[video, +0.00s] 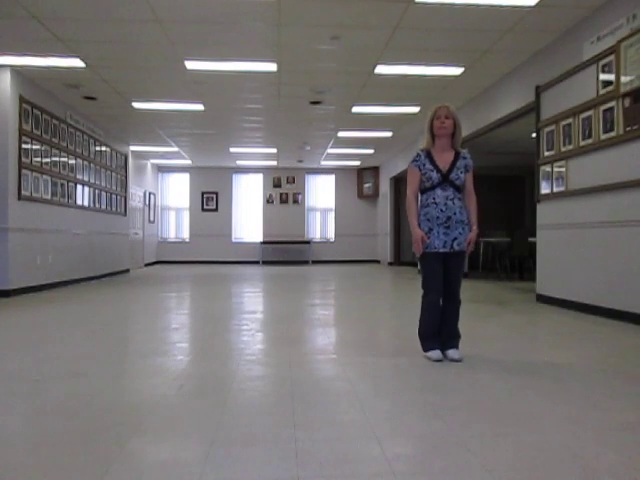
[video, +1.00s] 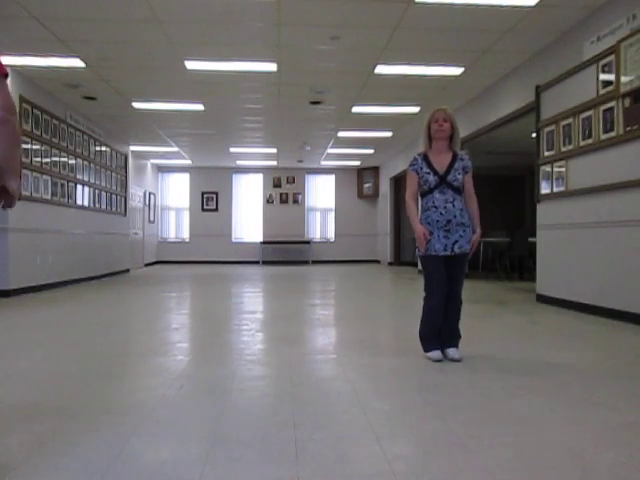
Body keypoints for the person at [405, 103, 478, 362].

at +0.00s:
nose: (443, 122)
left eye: (447, 118)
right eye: (438, 118)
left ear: (455, 125)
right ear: (431, 125)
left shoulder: (464, 158)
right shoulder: (420, 158)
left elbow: (469, 193)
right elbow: (411, 196)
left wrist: (474, 226)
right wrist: (414, 228)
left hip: (458, 229)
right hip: (430, 229)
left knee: (453, 290)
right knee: (432, 290)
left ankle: (450, 343)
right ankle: (431, 344)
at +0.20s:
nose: (436, 122)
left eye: (441, 118)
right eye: (432, 119)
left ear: (450, 124)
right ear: (426, 125)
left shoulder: (462, 156)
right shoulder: (418, 159)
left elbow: (471, 192)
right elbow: (410, 198)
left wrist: (476, 226)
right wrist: (414, 230)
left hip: (458, 229)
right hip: (430, 230)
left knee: (453, 290)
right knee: (433, 289)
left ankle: (451, 343)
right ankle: (431, 344)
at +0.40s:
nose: (436, 122)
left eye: (440, 118)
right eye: (432, 119)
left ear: (450, 123)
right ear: (426, 126)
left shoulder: (463, 156)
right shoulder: (419, 158)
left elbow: (472, 191)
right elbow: (410, 197)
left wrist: (479, 222)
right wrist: (414, 230)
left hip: (459, 229)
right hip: (430, 229)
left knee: (457, 288)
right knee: (429, 288)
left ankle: (451, 343)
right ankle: (431, 343)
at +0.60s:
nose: (440, 124)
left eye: (444, 120)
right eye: (435, 122)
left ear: (454, 125)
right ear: (431, 129)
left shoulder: (465, 160)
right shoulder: (424, 160)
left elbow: (474, 197)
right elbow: (413, 198)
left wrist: (482, 226)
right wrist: (412, 232)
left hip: (457, 231)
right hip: (428, 231)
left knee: (458, 288)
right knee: (426, 289)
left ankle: (451, 343)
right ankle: (430, 343)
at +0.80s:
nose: (443, 121)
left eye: (447, 117)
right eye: (438, 118)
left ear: (456, 123)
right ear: (433, 124)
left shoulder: (465, 157)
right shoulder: (424, 155)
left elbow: (473, 194)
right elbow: (412, 192)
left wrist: (481, 226)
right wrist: (416, 225)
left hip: (458, 228)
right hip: (430, 228)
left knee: (454, 290)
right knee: (432, 288)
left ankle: (451, 343)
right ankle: (431, 343)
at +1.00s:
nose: (441, 125)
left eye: (445, 121)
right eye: (436, 121)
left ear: (452, 127)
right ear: (429, 128)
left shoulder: (462, 160)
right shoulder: (419, 161)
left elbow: (470, 196)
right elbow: (410, 198)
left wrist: (477, 228)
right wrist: (417, 226)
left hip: (460, 232)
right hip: (432, 232)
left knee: (454, 292)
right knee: (435, 291)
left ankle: (451, 343)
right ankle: (432, 344)